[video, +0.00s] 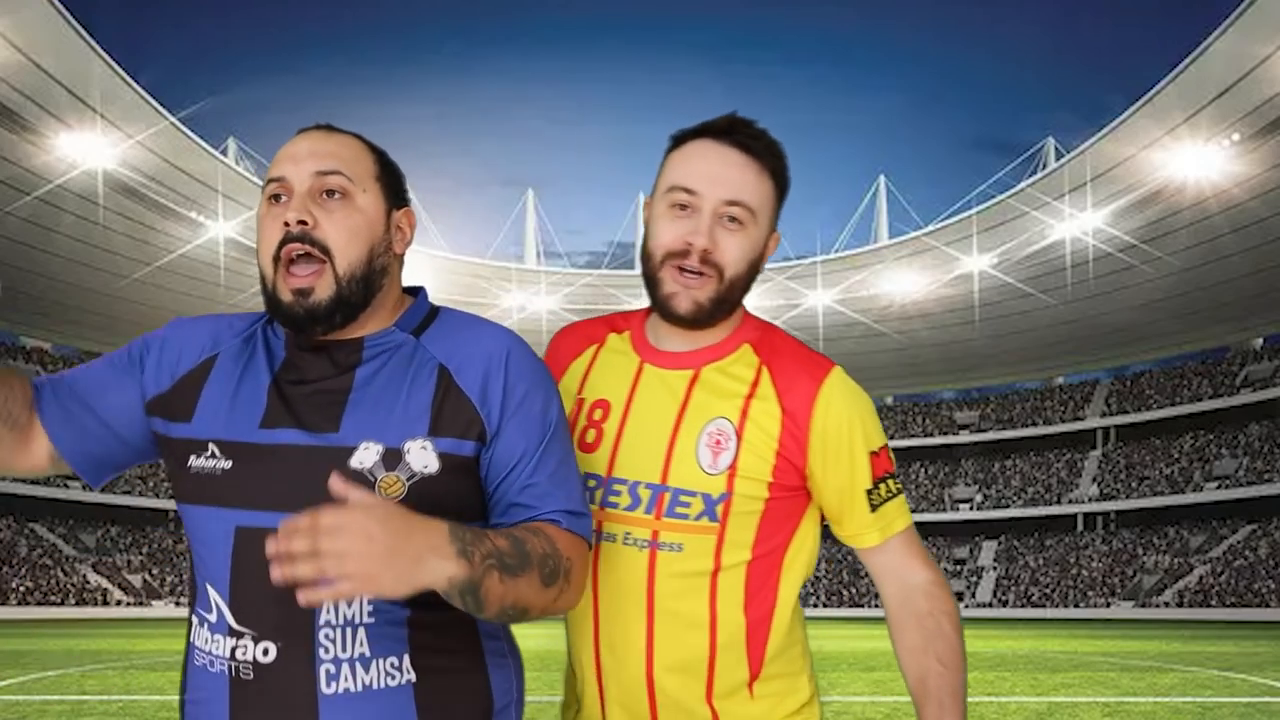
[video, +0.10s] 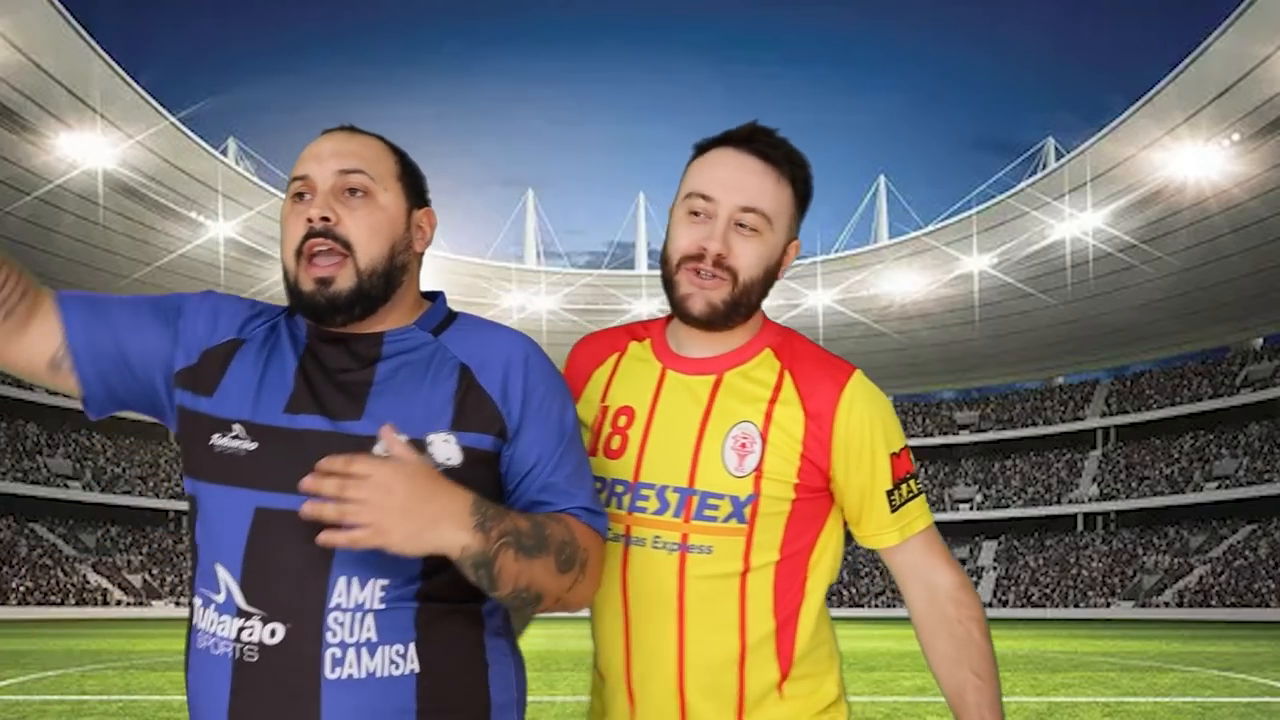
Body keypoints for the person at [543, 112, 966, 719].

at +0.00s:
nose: (698, 240)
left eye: (733, 220)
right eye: (681, 206)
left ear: (767, 248)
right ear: (647, 215)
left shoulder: (816, 397)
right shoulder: (571, 357)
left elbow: (912, 590)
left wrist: (944, 714)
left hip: (755, 706)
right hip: (593, 705)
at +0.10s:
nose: (711, 245)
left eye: (747, 227)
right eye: (697, 213)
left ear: (785, 256)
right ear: (670, 220)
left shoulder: (836, 400)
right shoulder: (593, 367)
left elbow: (935, 592)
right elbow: (526, 534)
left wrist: (984, 714)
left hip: (783, 706)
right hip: (621, 705)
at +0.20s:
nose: (684, 241)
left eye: (723, 224)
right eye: (683, 213)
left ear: (783, 256)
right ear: (671, 217)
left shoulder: (851, 393)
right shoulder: (609, 377)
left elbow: (952, 583)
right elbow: (552, 554)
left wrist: (1007, 712)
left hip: (820, 705)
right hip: (657, 705)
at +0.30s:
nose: (671, 243)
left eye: (705, 225)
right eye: (677, 221)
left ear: (779, 255)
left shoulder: (871, 391)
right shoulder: (627, 390)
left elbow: (970, 570)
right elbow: (584, 569)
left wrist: (1032, 712)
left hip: (847, 705)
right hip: (683, 706)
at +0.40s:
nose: (693, 246)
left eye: (725, 224)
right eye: (694, 224)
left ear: (798, 246)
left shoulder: (891, 386)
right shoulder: (654, 387)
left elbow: (990, 572)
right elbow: (619, 577)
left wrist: (1052, 712)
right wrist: (573, 697)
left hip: (865, 705)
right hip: (703, 705)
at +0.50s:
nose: (718, 246)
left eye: (751, 220)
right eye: (715, 224)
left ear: (821, 242)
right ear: (707, 238)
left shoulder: (910, 387)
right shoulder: (684, 381)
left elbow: (1012, 577)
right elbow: (655, 561)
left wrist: (1071, 717)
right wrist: (589, 689)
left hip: (872, 708)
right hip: (713, 709)